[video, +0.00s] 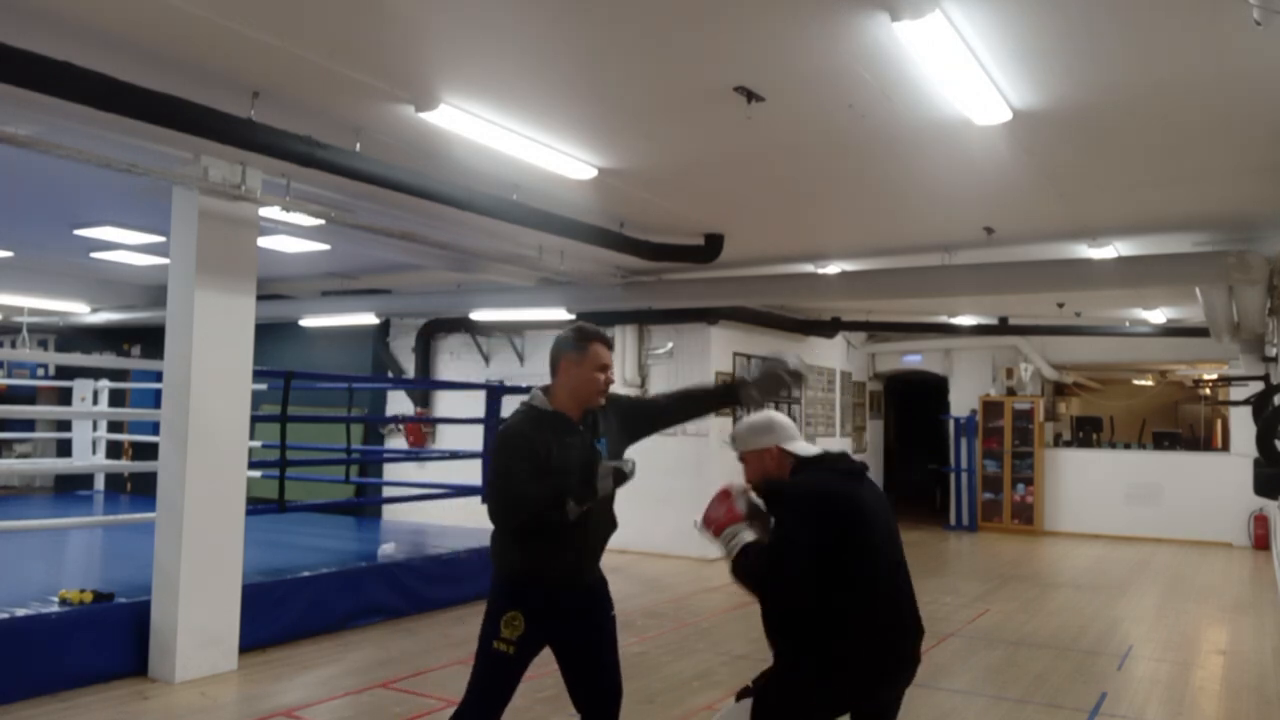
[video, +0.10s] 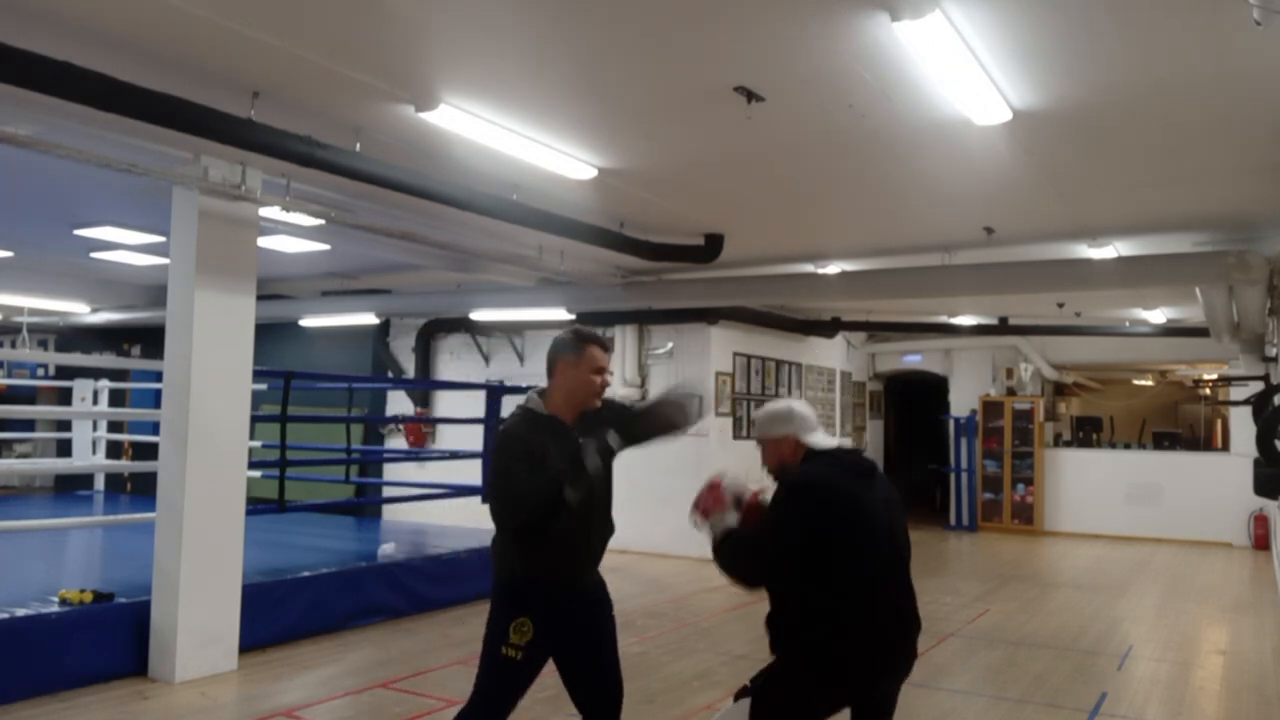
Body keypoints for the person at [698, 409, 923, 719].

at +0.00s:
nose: (747, 478)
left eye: (746, 462)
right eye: (742, 463)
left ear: (773, 455)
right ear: (777, 453)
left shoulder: (797, 497)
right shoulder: (848, 479)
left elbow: (779, 586)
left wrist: (732, 535)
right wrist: (761, 522)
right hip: (894, 647)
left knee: (743, 710)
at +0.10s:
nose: (764, 462)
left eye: (765, 448)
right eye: (761, 449)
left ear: (790, 445)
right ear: (797, 443)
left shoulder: (801, 489)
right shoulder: (868, 476)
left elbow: (754, 571)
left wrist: (720, 522)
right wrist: (760, 515)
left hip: (832, 655)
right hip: (892, 646)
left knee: (746, 709)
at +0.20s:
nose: (764, 428)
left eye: (768, 416)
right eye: (763, 418)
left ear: (796, 413)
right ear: (802, 411)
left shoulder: (818, 457)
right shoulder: (859, 442)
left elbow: (783, 542)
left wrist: (746, 480)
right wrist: (757, 477)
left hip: (840, 628)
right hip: (884, 618)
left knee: (759, 710)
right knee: (867, 709)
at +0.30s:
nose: (774, 418)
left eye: (776, 405)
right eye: (772, 407)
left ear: (804, 400)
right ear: (806, 400)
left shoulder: (841, 447)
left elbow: (804, 530)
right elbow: (770, 489)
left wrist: (760, 482)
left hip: (843, 623)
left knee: (771, 712)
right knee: (874, 711)